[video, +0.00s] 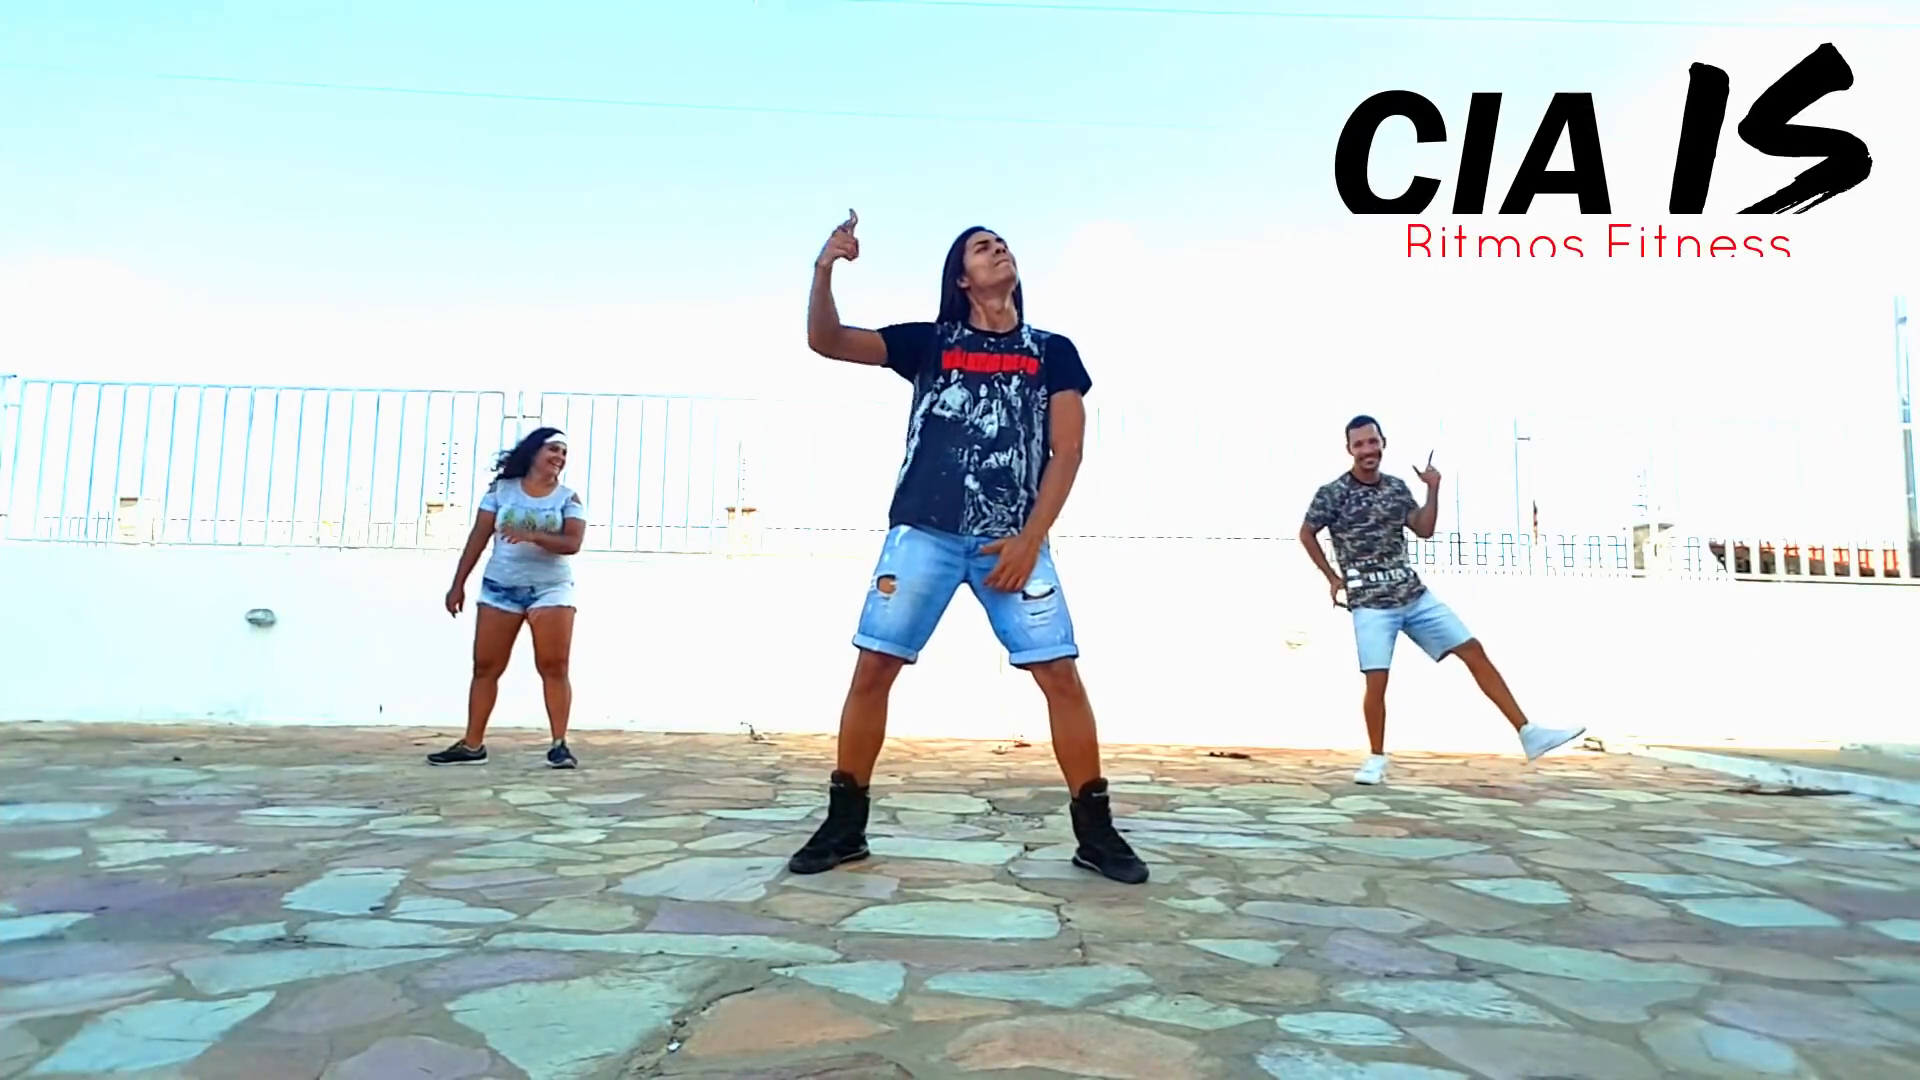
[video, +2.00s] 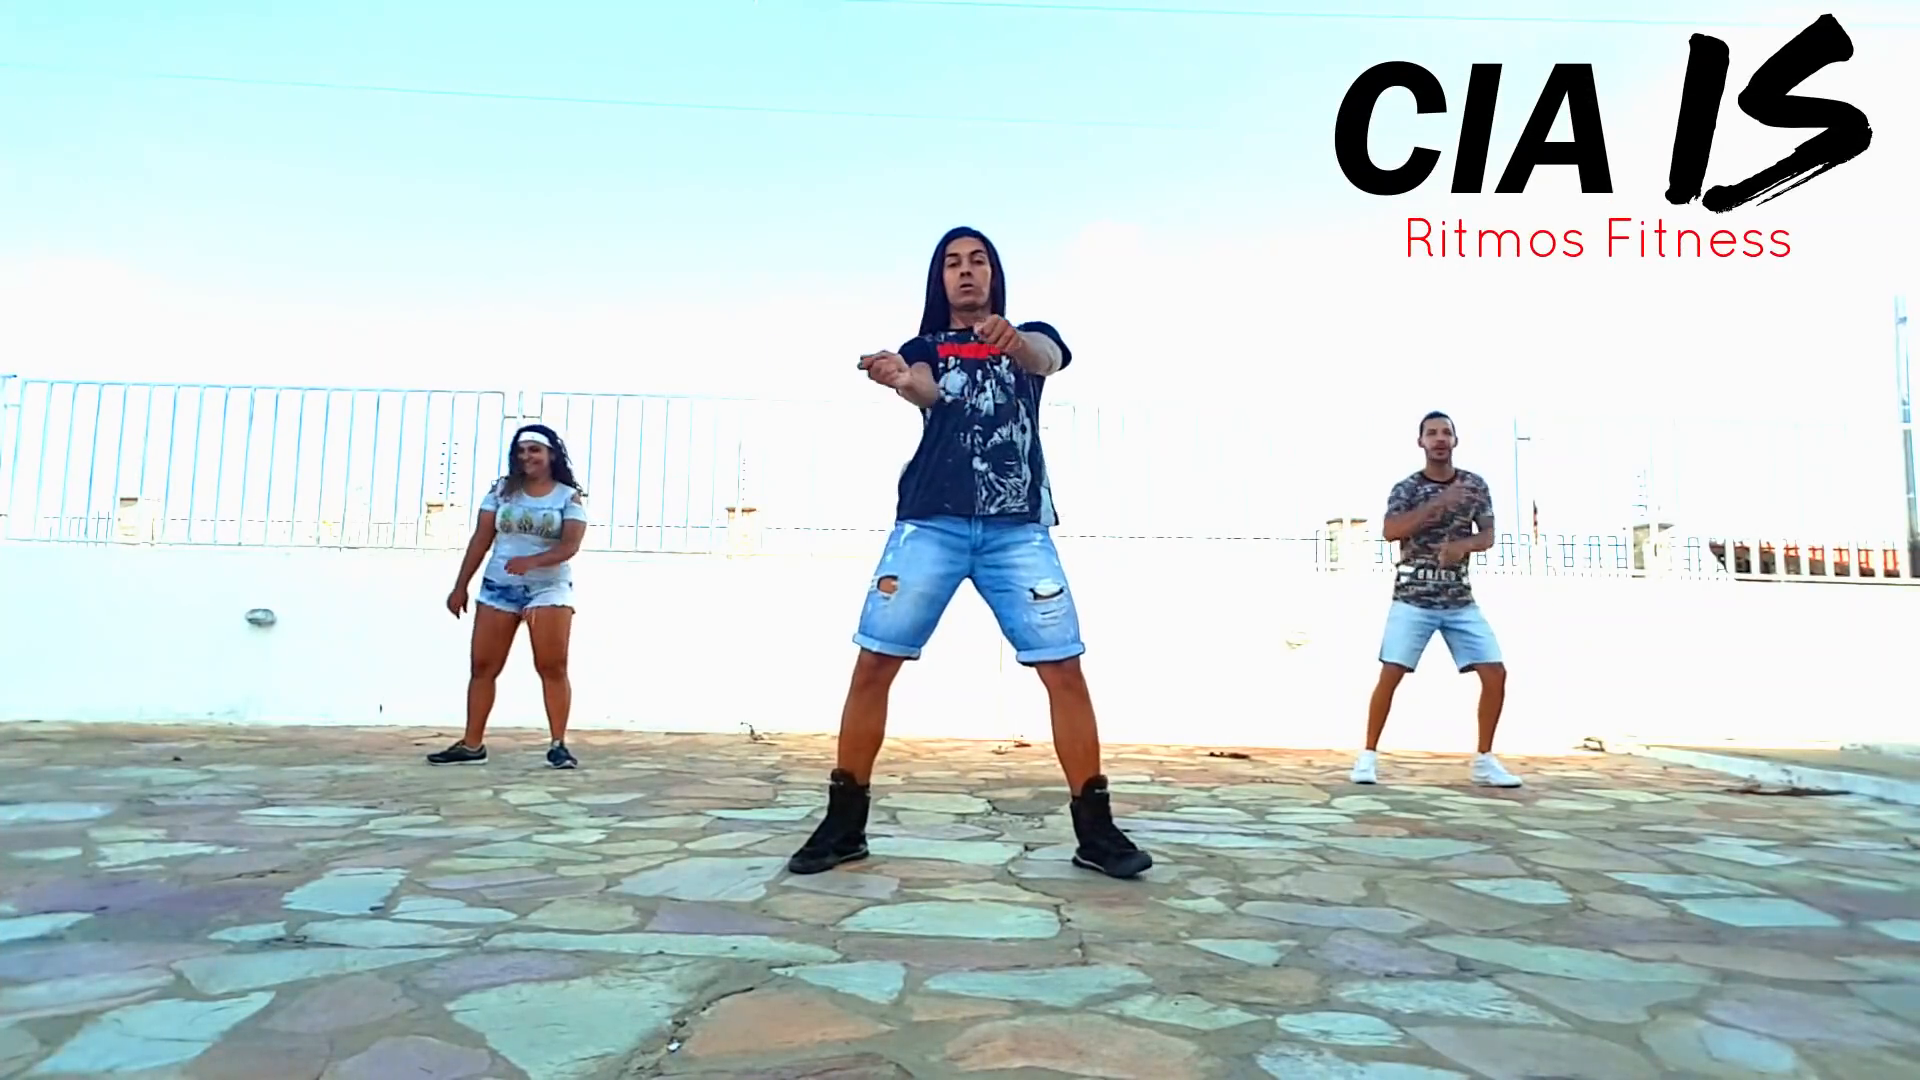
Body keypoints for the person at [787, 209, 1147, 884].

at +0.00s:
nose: (997, 251)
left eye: (1001, 246)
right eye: (982, 249)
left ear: (1016, 269)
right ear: (960, 278)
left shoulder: (1053, 353)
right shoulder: (929, 343)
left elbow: (1066, 451)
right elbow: (827, 341)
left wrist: (1033, 535)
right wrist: (824, 268)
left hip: (1016, 539)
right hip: (925, 531)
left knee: (1061, 676)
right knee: (873, 669)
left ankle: (1096, 832)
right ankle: (843, 825)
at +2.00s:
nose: (967, 270)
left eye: (978, 260)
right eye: (954, 262)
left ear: (997, 274)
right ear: (937, 279)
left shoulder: (1031, 336)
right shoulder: (923, 348)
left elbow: (1048, 361)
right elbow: (928, 391)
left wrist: (1013, 344)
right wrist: (902, 375)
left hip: (1017, 529)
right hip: (931, 526)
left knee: (1063, 667)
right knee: (874, 664)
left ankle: (1097, 831)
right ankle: (843, 824)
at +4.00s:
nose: (964, 253)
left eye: (980, 245)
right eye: (966, 246)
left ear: (1013, 262)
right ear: (969, 270)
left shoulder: (1055, 334)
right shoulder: (940, 352)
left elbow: (1058, 387)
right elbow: (855, 416)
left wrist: (1002, 406)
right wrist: (764, 379)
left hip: (1016, 536)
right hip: (928, 531)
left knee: (1070, 670)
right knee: (872, 669)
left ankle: (1099, 831)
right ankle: (843, 824)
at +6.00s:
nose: (719, 253)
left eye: (729, 245)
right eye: (707, 247)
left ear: (748, 262)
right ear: (689, 268)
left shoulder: (785, 332)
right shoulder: (670, 339)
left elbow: (830, 380)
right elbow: (642, 407)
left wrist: (772, 345)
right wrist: (690, 356)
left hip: (778, 533)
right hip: (687, 534)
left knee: (839, 655)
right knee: (625, 661)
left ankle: (892, 798)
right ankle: (594, 804)